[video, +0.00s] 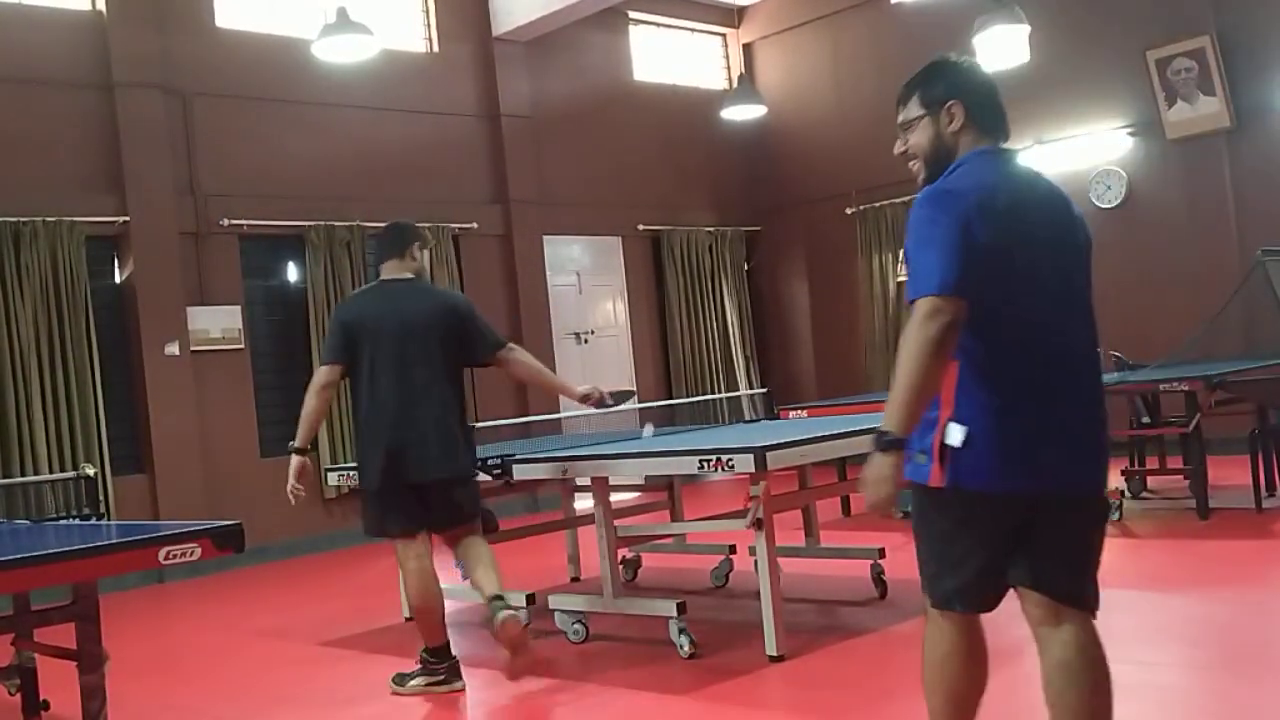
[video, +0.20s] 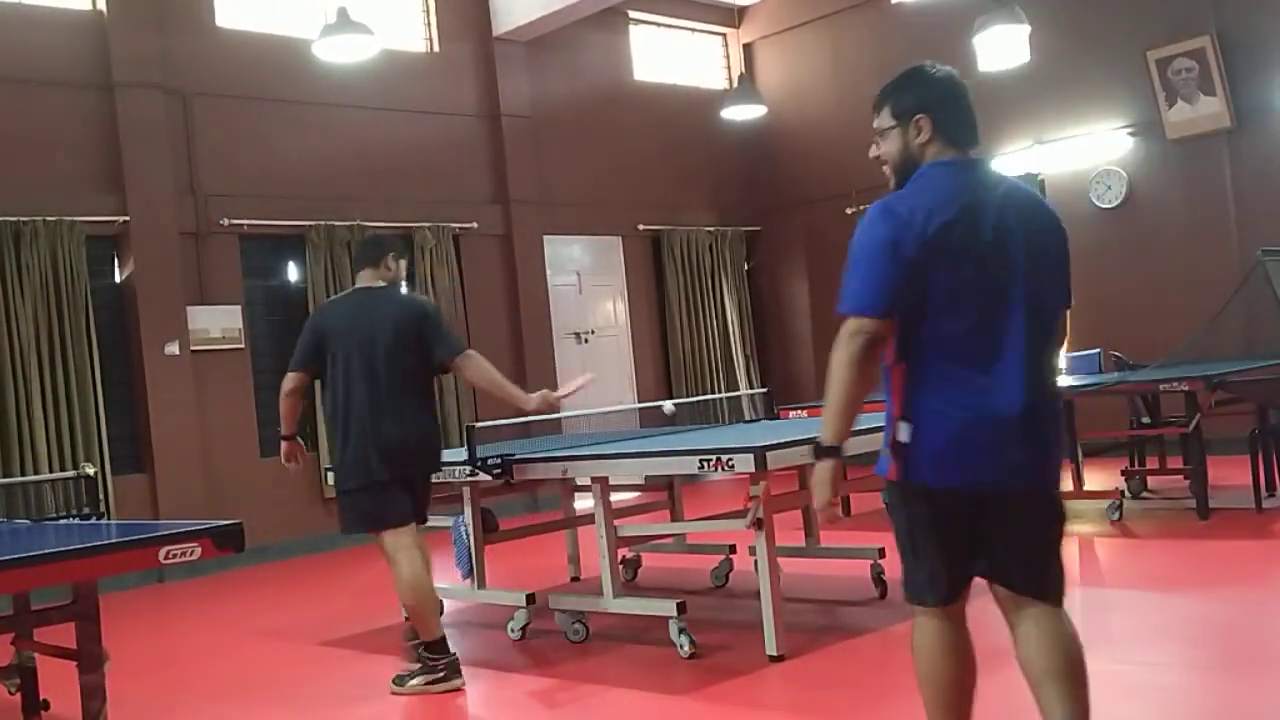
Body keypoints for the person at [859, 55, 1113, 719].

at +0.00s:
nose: (901, 148)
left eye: (907, 127)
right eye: (898, 133)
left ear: (952, 116)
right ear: (968, 121)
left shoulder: (945, 200)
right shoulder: (1056, 200)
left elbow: (937, 311)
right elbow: (1069, 334)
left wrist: (889, 443)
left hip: (974, 457)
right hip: (1071, 452)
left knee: (950, 613)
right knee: (1061, 614)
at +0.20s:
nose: (874, 152)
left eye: (881, 134)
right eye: (873, 137)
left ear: (922, 129)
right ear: (939, 130)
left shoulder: (894, 219)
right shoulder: (1036, 210)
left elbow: (861, 337)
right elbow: (1051, 334)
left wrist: (829, 451)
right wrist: (1015, 403)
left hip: (933, 453)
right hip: (1027, 446)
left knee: (936, 609)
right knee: (1033, 600)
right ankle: (1068, 716)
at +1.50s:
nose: (863, 228)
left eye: (863, 220)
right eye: (863, 220)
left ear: (875, 220)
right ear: (926, 206)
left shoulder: (872, 283)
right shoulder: (983, 246)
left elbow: (866, 373)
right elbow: (1030, 328)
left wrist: (852, 410)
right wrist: (1058, 403)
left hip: (927, 439)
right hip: (999, 429)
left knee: (939, 540)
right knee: (1020, 540)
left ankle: (956, 656)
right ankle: (1035, 649)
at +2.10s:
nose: (863, 231)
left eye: (867, 218)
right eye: (860, 221)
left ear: (901, 209)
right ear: (917, 210)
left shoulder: (891, 268)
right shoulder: (983, 248)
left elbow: (868, 364)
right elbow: (1026, 320)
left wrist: (872, 352)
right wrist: (1022, 387)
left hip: (940, 421)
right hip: (1002, 410)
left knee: (939, 530)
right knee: (1004, 515)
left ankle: (957, 654)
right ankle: (1029, 618)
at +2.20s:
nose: (887, 221)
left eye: (895, 210)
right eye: (886, 212)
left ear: (928, 206)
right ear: (936, 209)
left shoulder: (922, 263)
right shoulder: (994, 252)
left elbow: (896, 347)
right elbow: (1010, 331)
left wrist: (864, 369)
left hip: (953, 425)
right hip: (1011, 417)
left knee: (946, 532)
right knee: (1008, 519)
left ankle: (957, 654)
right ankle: (1037, 628)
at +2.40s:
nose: (935, 207)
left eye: (944, 197)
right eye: (933, 199)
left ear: (977, 196)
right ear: (973, 201)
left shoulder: (983, 248)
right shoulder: (1000, 244)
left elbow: (986, 327)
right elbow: (997, 330)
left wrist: (912, 357)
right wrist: (939, 359)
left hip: (992, 412)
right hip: (1030, 407)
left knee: (968, 515)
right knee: (1019, 513)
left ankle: (980, 638)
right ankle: (1036, 631)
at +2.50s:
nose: (957, 202)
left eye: (968, 192)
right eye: (955, 194)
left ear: (1000, 193)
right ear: (976, 198)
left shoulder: (1006, 244)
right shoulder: (1007, 242)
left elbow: (1017, 321)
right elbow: (1013, 327)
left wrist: (943, 347)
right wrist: (968, 377)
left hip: (1006, 411)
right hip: (1027, 408)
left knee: (984, 510)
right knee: (1028, 512)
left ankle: (1032, 625)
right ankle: (1038, 625)